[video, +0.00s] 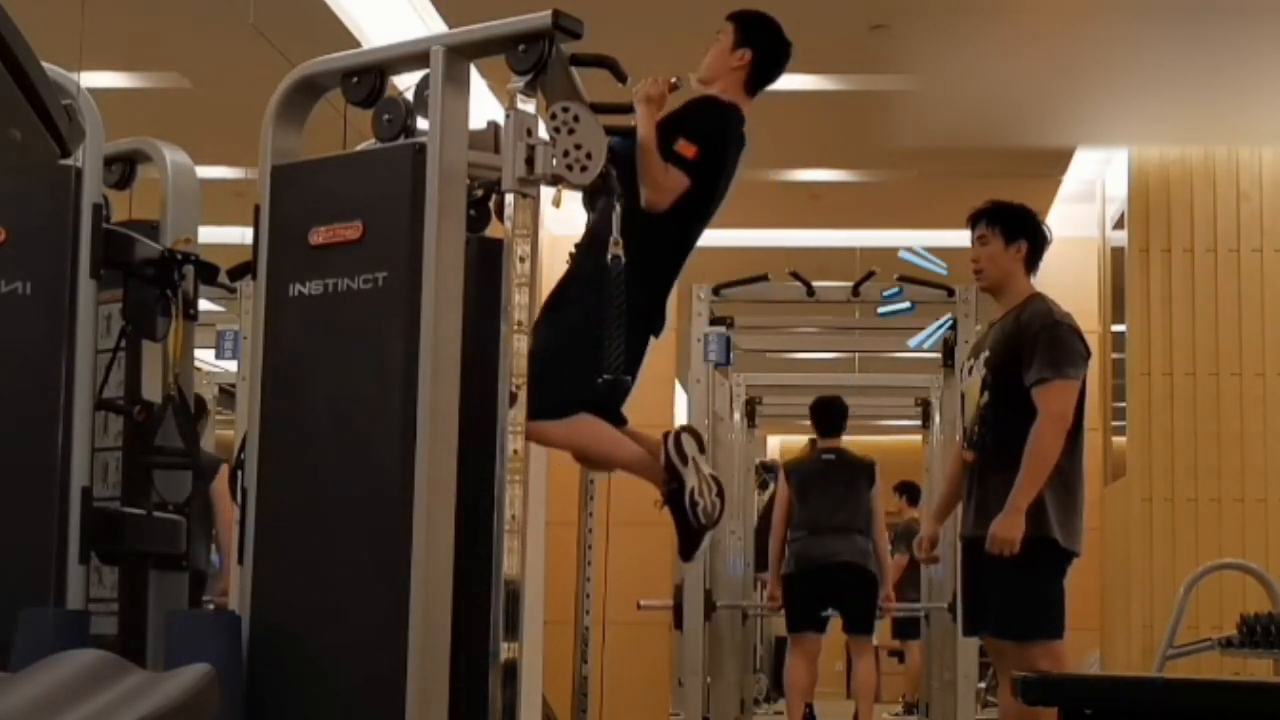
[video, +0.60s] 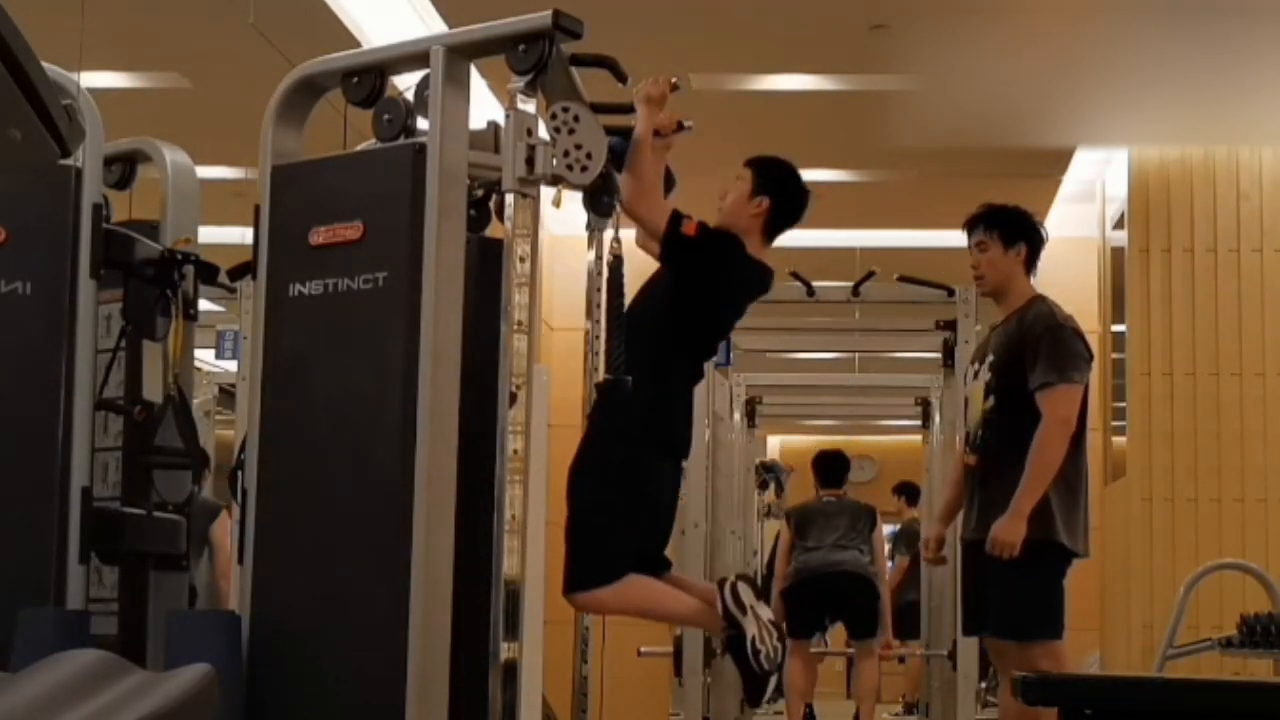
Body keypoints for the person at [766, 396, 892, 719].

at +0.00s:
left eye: (817, 420)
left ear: (812, 425)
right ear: (845, 425)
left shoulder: (791, 469)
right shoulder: (866, 469)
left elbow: (777, 529)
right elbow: (878, 532)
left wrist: (773, 578)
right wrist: (887, 583)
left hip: (806, 573)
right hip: (855, 572)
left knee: (802, 649)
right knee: (862, 649)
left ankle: (797, 715)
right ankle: (864, 715)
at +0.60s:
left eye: (818, 473)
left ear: (814, 477)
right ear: (847, 477)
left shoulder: (795, 514)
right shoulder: (868, 514)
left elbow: (780, 574)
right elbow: (881, 575)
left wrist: (780, 620)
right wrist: (887, 630)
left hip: (807, 589)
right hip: (858, 588)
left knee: (799, 651)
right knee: (866, 654)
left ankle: (796, 715)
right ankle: (865, 715)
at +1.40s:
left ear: (818, 428)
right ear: (850, 428)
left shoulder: (796, 473)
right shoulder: (871, 472)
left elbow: (782, 535)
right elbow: (882, 534)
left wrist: (774, 586)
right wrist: (889, 587)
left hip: (806, 574)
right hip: (856, 573)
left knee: (802, 649)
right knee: (862, 649)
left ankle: (796, 715)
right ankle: (865, 714)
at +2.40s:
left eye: (814, 396)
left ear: (811, 399)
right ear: (845, 398)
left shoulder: (790, 448)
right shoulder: (866, 447)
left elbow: (771, 509)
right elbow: (884, 510)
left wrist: (772, 559)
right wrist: (888, 560)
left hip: (806, 567)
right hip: (855, 566)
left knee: (805, 649)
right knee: (858, 650)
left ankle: (797, 716)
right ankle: (863, 715)